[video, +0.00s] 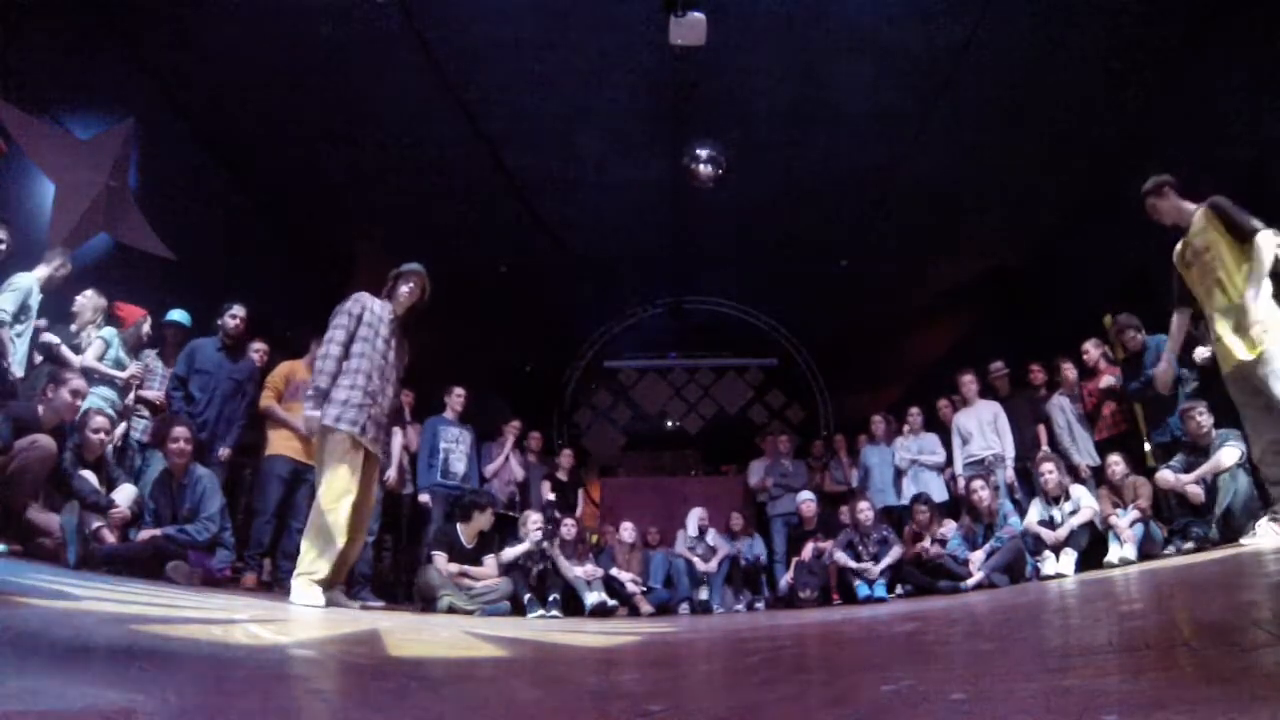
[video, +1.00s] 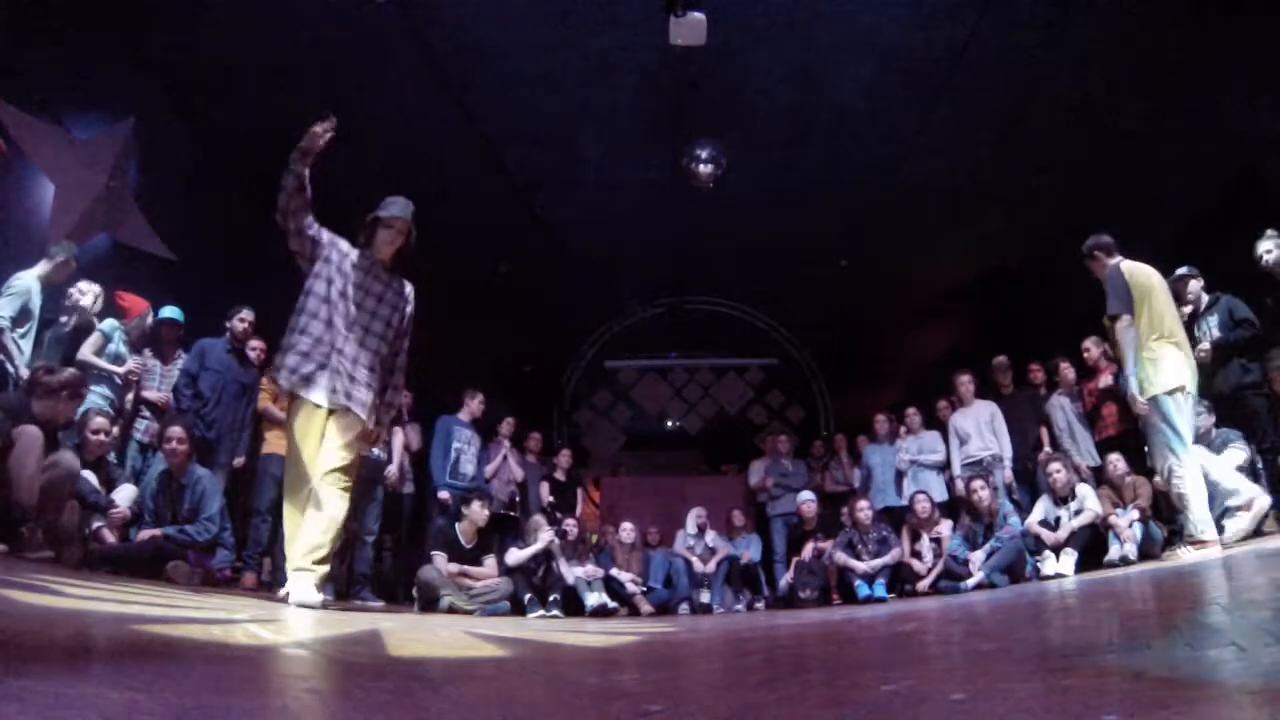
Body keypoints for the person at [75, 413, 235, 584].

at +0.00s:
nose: (181, 447)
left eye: (187, 441)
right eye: (175, 441)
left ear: (193, 446)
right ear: (164, 446)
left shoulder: (205, 479)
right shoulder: (160, 481)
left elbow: (206, 531)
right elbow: (148, 524)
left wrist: (161, 533)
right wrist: (147, 537)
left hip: (211, 553)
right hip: (173, 547)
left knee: (158, 544)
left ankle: (97, 554)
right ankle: (180, 574)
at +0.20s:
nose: (179, 447)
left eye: (185, 441)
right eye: (173, 440)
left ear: (192, 446)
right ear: (163, 446)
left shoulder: (206, 480)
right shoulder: (160, 481)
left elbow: (207, 532)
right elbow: (148, 523)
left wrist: (162, 533)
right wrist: (146, 537)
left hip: (210, 554)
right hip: (172, 548)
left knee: (157, 545)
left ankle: (96, 554)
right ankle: (179, 575)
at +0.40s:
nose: (178, 445)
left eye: (185, 440)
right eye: (172, 439)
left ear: (193, 446)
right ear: (162, 445)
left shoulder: (205, 480)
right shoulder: (160, 480)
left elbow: (207, 532)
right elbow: (150, 523)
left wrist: (162, 533)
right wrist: (145, 541)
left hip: (208, 552)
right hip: (170, 548)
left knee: (159, 544)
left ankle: (89, 554)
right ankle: (182, 575)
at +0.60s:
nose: (177, 445)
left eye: (184, 440)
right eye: (172, 439)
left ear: (192, 446)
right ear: (162, 445)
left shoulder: (205, 480)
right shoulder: (159, 482)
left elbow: (208, 532)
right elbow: (149, 524)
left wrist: (161, 533)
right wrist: (143, 538)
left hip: (209, 553)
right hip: (171, 546)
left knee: (158, 544)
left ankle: (91, 554)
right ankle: (181, 575)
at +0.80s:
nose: (176, 447)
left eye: (183, 441)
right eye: (170, 441)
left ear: (192, 446)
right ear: (162, 446)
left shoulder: (207, 480)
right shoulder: (160, 480)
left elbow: (207, 531)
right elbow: (149, 523)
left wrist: (162, 533)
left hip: (209, 553)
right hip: (171, 548)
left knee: (156, 545)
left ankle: (96, 555)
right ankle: (181, 575)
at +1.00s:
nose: (173, 447)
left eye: (180, 442)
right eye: (168, 441)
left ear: (190, 447)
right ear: (161, 446)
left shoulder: (204, 479)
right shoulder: (160, 480)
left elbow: (208, 531)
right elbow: (149, 522)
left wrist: (163, 533)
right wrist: (145, 539)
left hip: (206, 552)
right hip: (170, 546)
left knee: (155, 546)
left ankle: (95, 555)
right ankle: (180, 575)